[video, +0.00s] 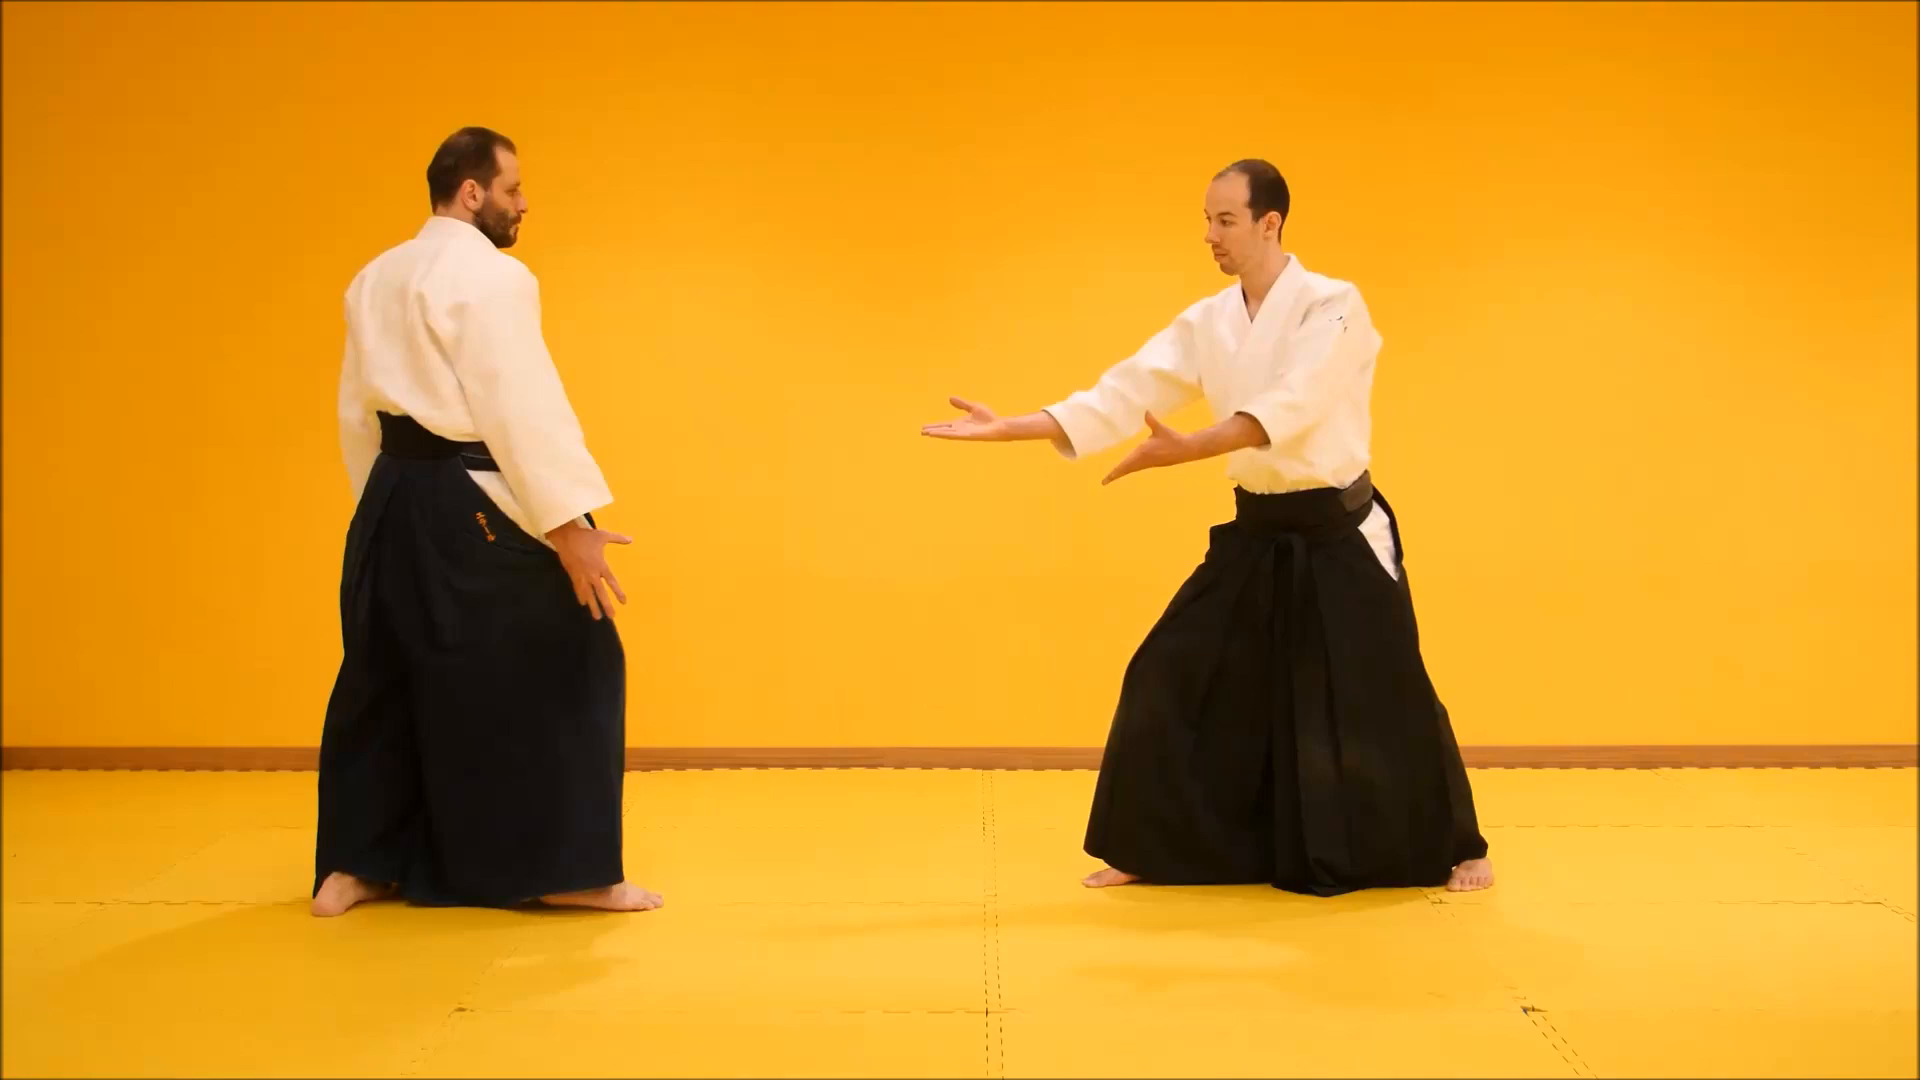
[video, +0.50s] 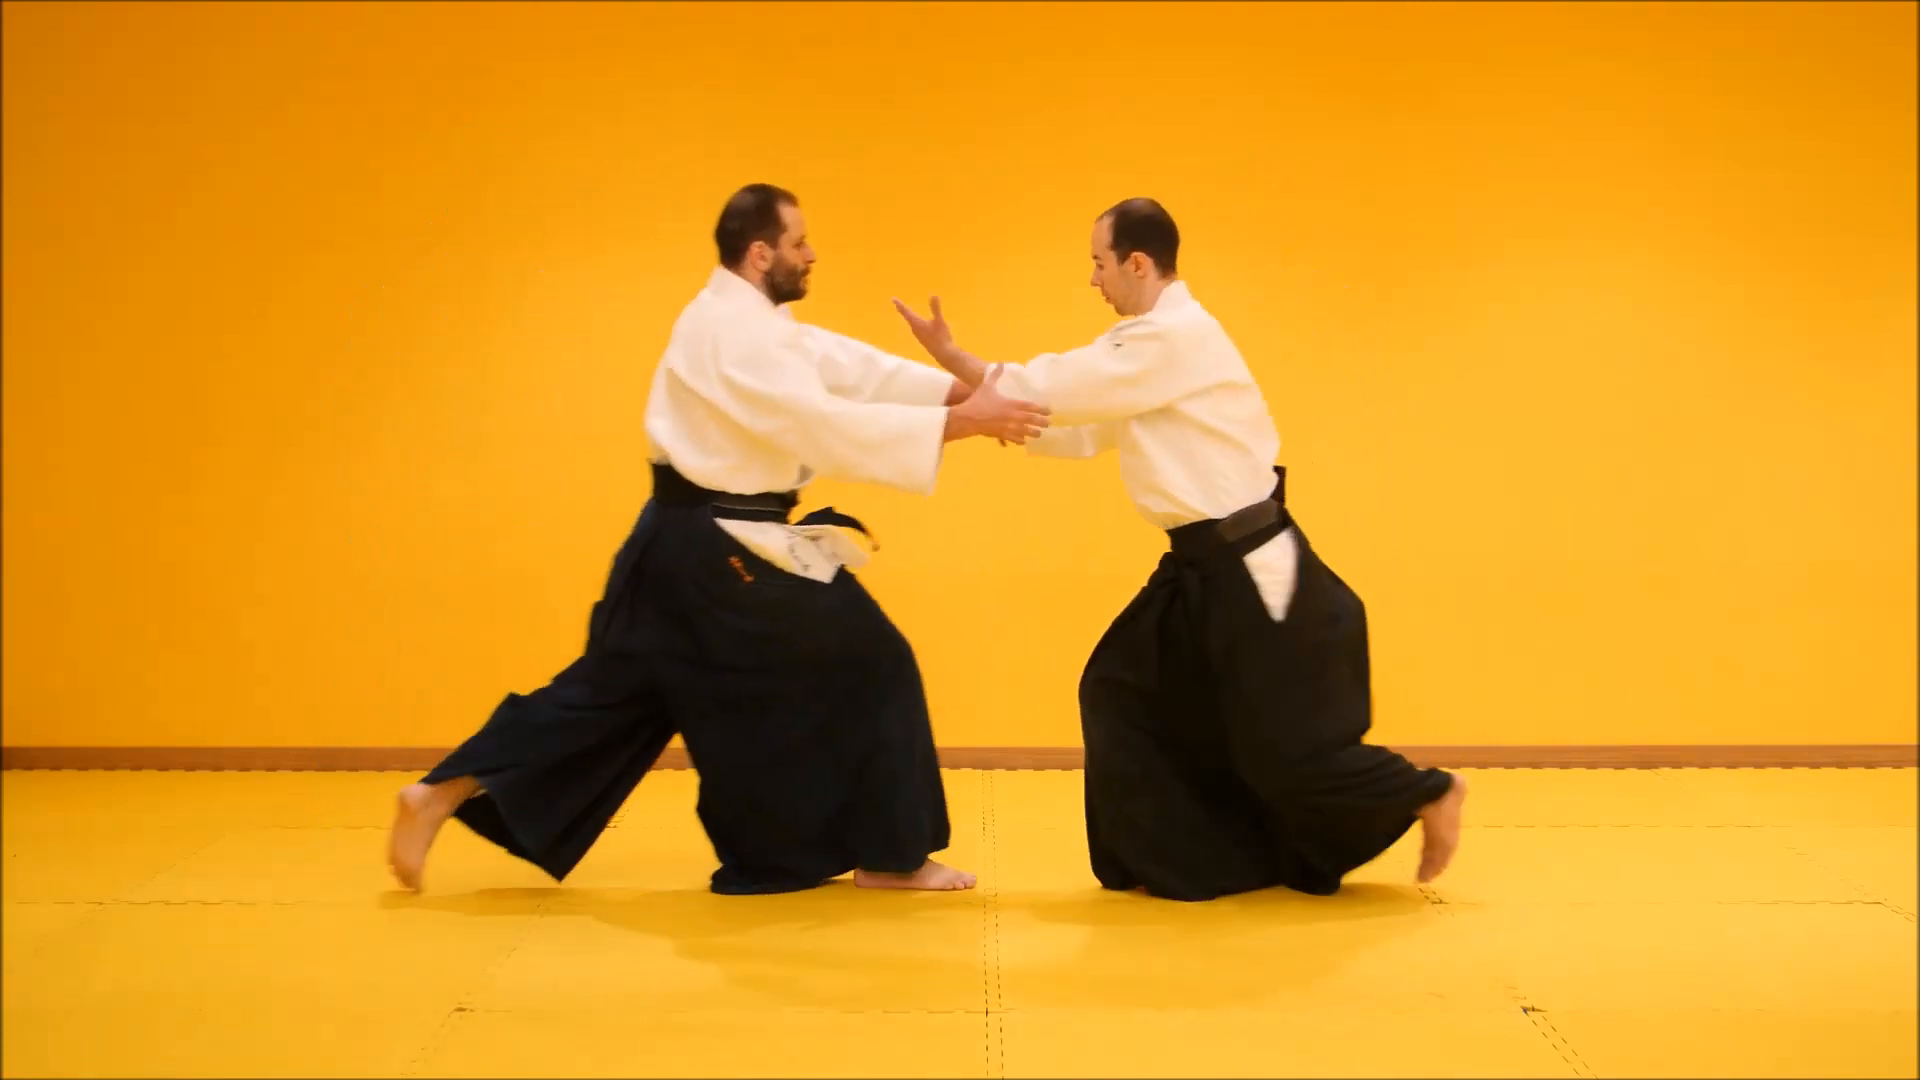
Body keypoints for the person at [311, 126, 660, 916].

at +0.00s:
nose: (523, 205)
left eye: (522, 191)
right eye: (513, 191)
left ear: (453, 193)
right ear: (472, 191)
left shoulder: (375, 278)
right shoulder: (487, 277)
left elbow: (357, 416)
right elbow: (522, 410)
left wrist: (382, 505)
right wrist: (569, 529)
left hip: (394, 502)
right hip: (482, 504)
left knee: (382, 679)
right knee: (585, 655)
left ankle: (351, 866)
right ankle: (575, 867)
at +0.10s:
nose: (540, 217)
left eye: (539, 203)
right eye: (529, 203)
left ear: (470, 206)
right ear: (488, 203)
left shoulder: (400, 292)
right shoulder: (506, 284)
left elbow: (391, 423)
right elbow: (545, 404)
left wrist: (416, 503)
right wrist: (605, 511)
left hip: (420, 509)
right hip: (509, 510)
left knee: (403, 682)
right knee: (632, 657)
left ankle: (356, 864)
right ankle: (620, 857)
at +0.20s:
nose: (578, 240)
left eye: (576, 225)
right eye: (568, 226)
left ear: (509, 232)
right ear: (525, 227)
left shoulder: (446, 309)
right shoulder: (536, 299)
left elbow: (456, 432)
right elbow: (581, 407)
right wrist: (669, 480)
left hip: (455, 525)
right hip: (538, 528)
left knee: (434, 692)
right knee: (681, 659)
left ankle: (359, 861)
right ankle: (712, 851)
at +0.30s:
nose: (641, 265)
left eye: (639, 249)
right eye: (631, 249)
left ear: (577, 254)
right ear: (586, 254)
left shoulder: (524, 319)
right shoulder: (593, 320)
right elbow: (648, 414)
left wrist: (726, 475)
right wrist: (765, 450)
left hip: (503, 541)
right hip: (579, 549)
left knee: (465, 703)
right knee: (725, 671)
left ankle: (356, 861)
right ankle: (826, 837)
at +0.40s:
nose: (724, 268)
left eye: (722, 253)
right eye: (714, 254)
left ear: (659, 261)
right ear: (671, 258)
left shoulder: (625, 323)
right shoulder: (655, 332)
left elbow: (740, 414)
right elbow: (744, 410)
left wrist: (859, 423)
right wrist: (879, 427)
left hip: (590, 545)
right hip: (644, 553)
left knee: (520, 700)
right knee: (801, 674)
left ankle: (367, 837)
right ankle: (878, 851)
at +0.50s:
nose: (812, 254)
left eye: (807, 240)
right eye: (801, 241)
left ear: (752, 253)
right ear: (760, 252)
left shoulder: (755, 320)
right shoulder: (733, 325)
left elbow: (866, 369)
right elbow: (821, 420)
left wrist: (975, 394)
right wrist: (959, 423)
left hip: (694, 534)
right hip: (727, 541)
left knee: (607, 690)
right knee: (880, 662)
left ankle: (438, 793)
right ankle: (892, 852)